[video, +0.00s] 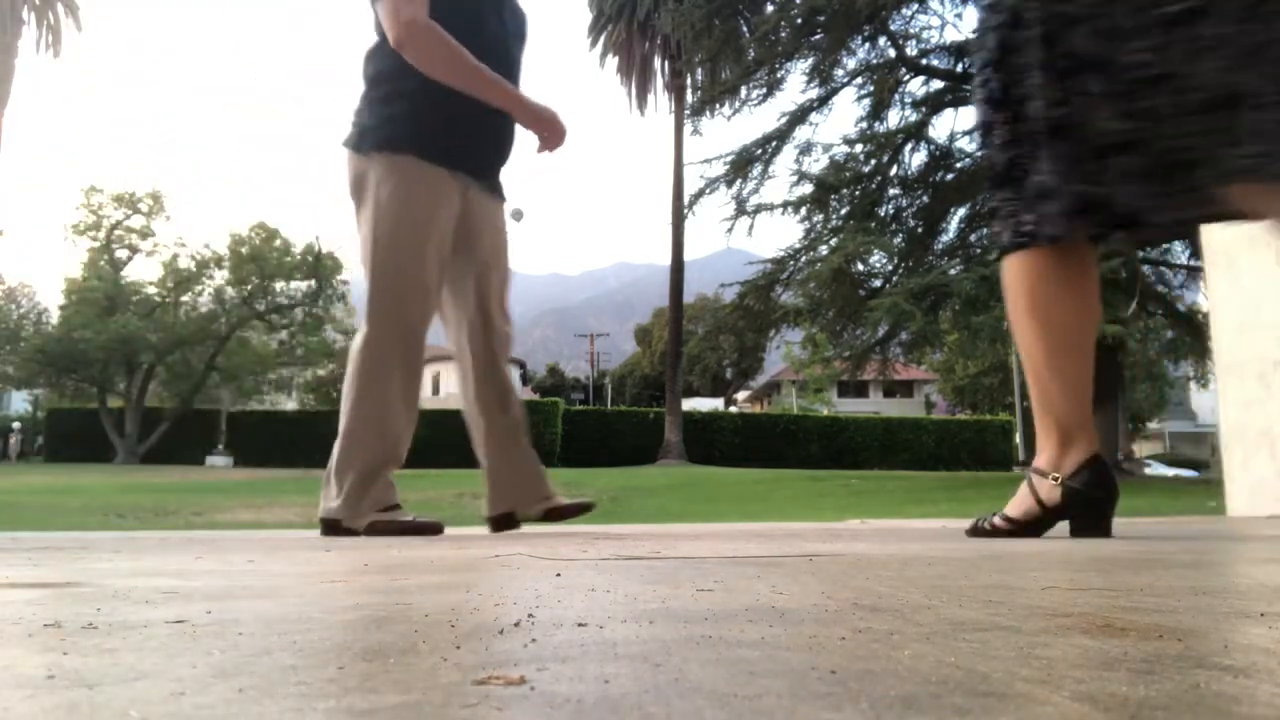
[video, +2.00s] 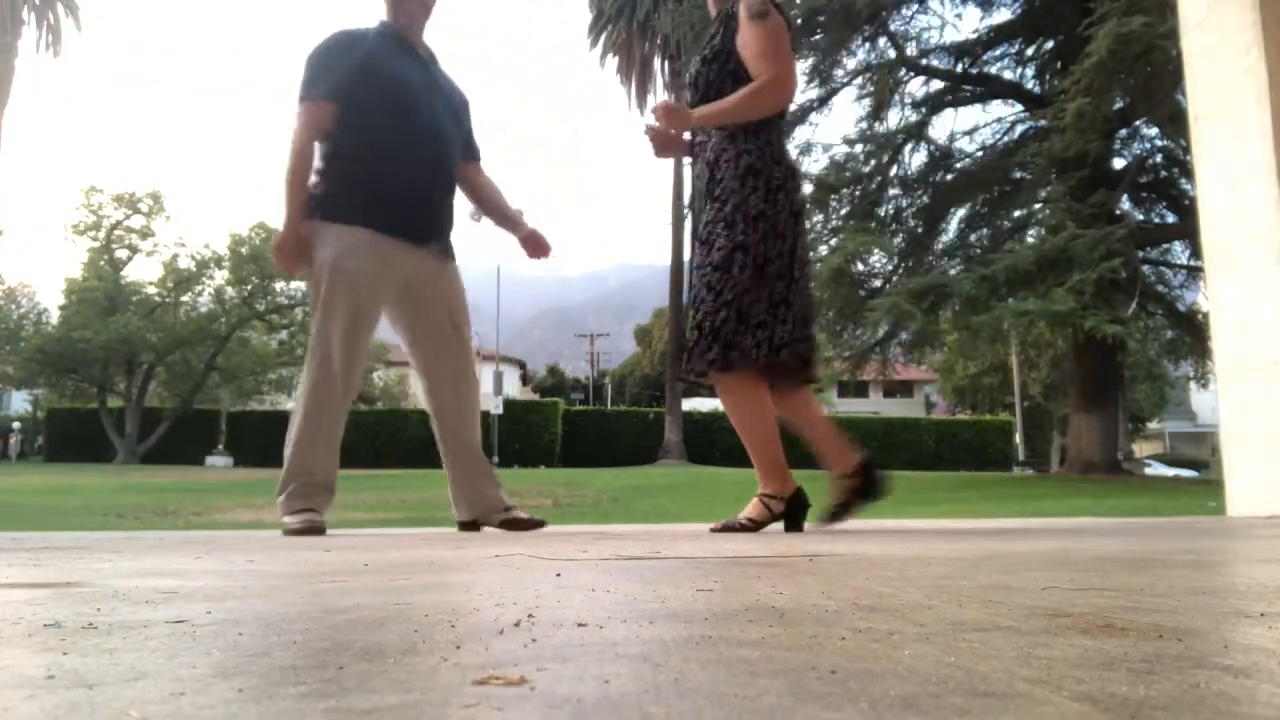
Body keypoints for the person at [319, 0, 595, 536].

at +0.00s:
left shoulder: (504, 10)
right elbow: (407, 31)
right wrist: (522, 106)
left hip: (476, 169)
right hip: (406, 152)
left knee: (485, 337)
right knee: (395, 326)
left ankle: (519, 494)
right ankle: (355, 502)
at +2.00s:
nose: (418, 1)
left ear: (434, 6)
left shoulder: (449, 93)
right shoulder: (348, 47)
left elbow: (471, 175)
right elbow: (305, 136)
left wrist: (518, 225)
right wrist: (294, 220)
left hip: (428, 252)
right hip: (352, 236)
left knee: (454, 378)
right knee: (331, 372)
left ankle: (480, 505)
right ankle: (303, 504)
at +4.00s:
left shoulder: (346, 28)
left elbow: (352, 123)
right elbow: (183, 38)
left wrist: (440, 154)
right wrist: (254, 69)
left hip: (312, 192)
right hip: (231, 172)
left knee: (337, 343)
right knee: (234, 341)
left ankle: (339, 504)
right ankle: (218, 505)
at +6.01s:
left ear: (342, 2)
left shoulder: (365, 61)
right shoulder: (249, 31)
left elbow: (436, 104)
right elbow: (194, 107)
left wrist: (521, 111)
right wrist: (184, 169)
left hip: (295, 228)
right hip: (245, 214)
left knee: (234, 353)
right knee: (284, 346)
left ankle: (159, 488)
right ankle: (260, 499)